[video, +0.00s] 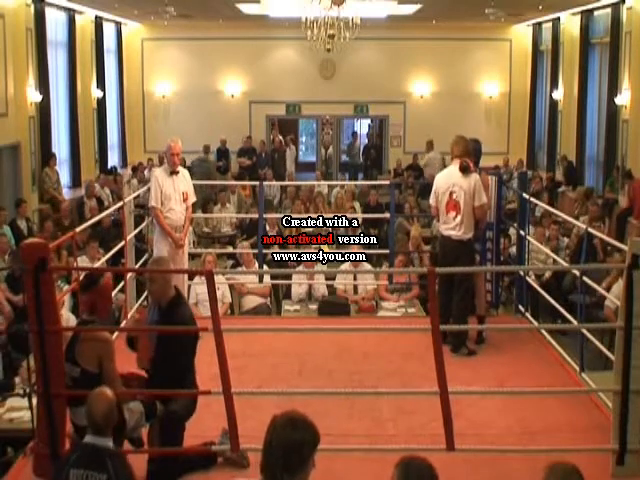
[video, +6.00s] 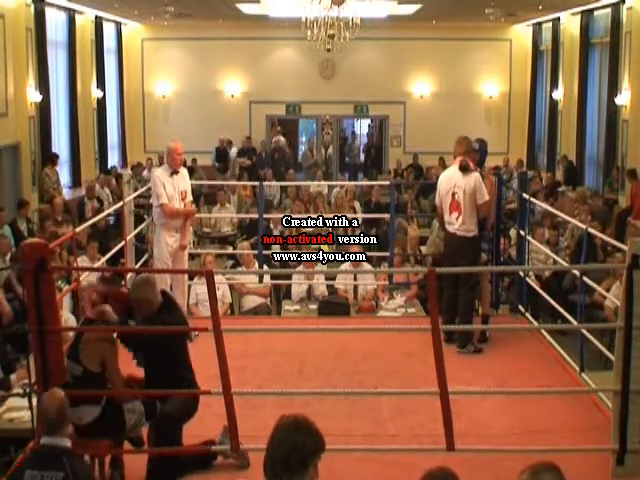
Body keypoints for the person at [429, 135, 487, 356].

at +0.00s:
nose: (463, 157)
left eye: (455, 152)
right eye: (467, 153)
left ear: (451, 154)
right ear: (470, 154)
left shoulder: (440, 176)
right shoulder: (474, 178)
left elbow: (434, 208)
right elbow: (480, 210)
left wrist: (446, 220)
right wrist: (477, 228)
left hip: (444, 238)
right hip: (464, 240)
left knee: (445, 286)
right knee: (462, 289)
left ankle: (443, 328)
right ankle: (459, 339)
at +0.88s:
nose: (472, 159)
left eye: (470, 155)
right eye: (472, 155)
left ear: (453, 155)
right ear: (470, 156)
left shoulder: (442, 177)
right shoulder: (471, 178)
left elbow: (437, 209)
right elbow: (480, 209)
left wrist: (446, 221)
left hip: (445, 237)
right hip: (464, 239)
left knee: (446, 285)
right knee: (463, 288)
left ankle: (444, 328)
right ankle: (459, 338)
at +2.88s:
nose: (468, 157)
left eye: (460, 153)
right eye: (471, 153)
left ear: (455, 154)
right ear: (472, 154)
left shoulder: (447, 178)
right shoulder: (479, 178)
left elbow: (441, 211)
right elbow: (488, 207)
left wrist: (452, 223)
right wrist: (485, 225)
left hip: (453, 237)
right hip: (472, 238)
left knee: (450, 283)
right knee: (469, 286)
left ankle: (449, 327)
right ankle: (465, 337)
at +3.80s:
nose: (462, 156)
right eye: (463, 152)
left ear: (446, 154)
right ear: (463, 152)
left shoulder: (440, 180)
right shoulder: (472, 178)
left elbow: (436, 213)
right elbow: (481, 210)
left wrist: (449, 220)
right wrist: (492, 192)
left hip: (449, 235)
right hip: (469, 236)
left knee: (449, 283)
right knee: (467, 285)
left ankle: (448, 328)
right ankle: (464, 337)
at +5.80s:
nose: (472, 156)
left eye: (468, 152)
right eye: (472, 152)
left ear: (454, 152)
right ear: (472, 153)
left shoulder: (444, 176)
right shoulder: (474, 177)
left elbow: (439, 206)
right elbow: (484, 208)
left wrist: (445, 226)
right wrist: (485, 181)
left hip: (449, 235)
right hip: (468, 236)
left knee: (449, 282)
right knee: (467, 285)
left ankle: (448, 327)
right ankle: (465, 335)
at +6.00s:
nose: (473, 158)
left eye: (471, 155)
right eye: (473, 155)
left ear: (455, 153)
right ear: (470, 154)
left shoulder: (444, 176)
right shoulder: (474, 178)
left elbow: (439, 206)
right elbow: (484, 209)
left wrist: (445, 227)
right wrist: (487, 184)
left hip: (449, 235)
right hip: (468, 237)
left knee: (449, 282)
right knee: (467, 285)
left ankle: (448, 327)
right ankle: (465, 336)